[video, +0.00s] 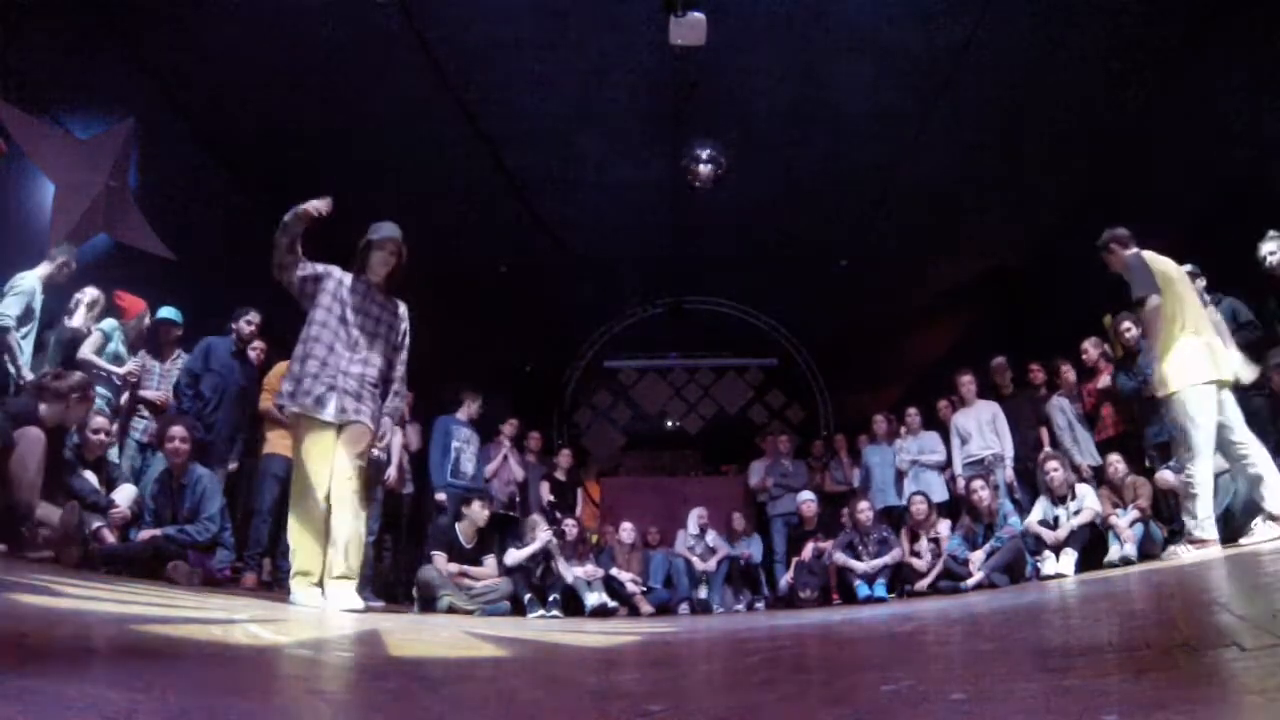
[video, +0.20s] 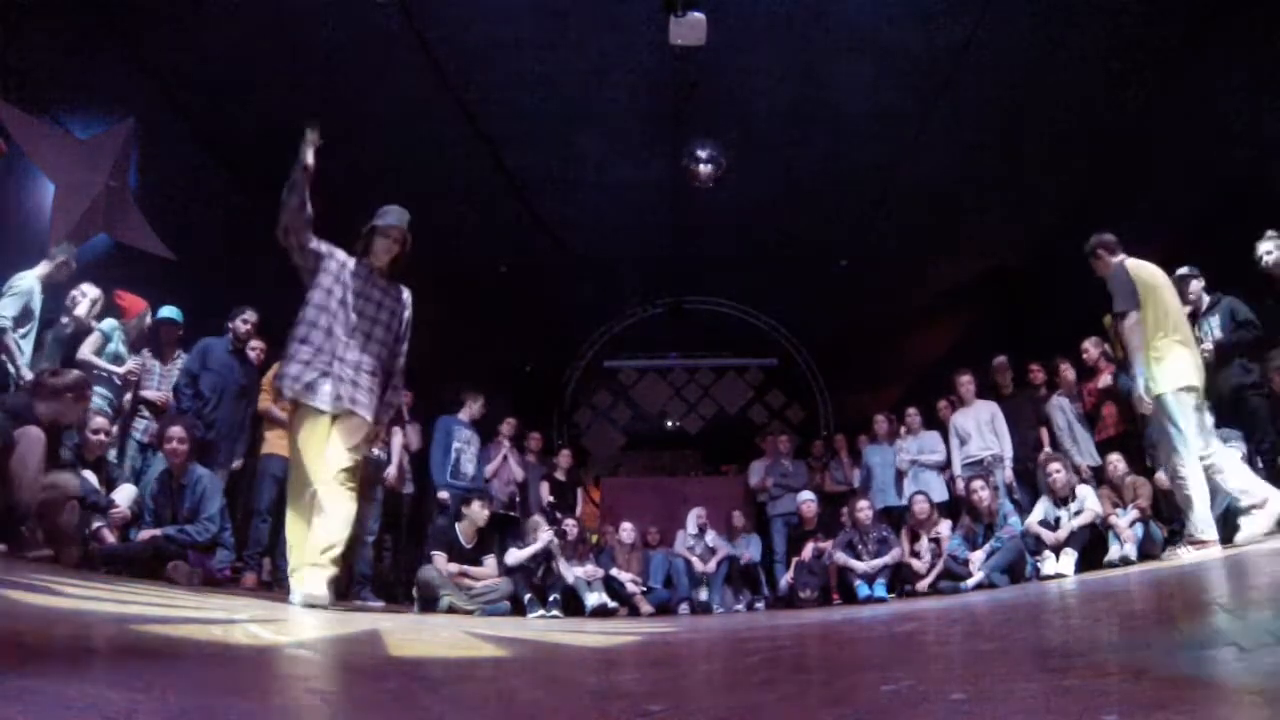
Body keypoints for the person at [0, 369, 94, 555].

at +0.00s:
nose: (84, 417)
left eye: (88, 411)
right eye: (85, 409)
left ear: (73, 401)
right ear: (72, 400)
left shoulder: (57, 430)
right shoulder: (13, 415)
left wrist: (108, 506)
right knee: (32, 436)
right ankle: (22, 531)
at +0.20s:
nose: (84, 415)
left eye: (86, 409)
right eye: (83, 408)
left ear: (67, 399)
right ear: (68, 398)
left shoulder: (53, 426)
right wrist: (68, 484)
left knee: (69, 508)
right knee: (32, 435)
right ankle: (24, 534)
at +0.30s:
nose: (74, 416)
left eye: (77, 409)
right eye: (75, 407)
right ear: (63, 398)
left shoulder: (49, 430)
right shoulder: (9, 411)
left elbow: (68, 478)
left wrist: (107, 507)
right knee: (30, 434)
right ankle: (24, 528)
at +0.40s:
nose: (75, 407)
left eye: (75, 399)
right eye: (72, 399)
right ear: (56, 396)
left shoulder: (49, 427)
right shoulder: (11, 418)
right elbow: (23, 498)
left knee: (66, 452)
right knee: (25, 434)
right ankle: (30, 532)